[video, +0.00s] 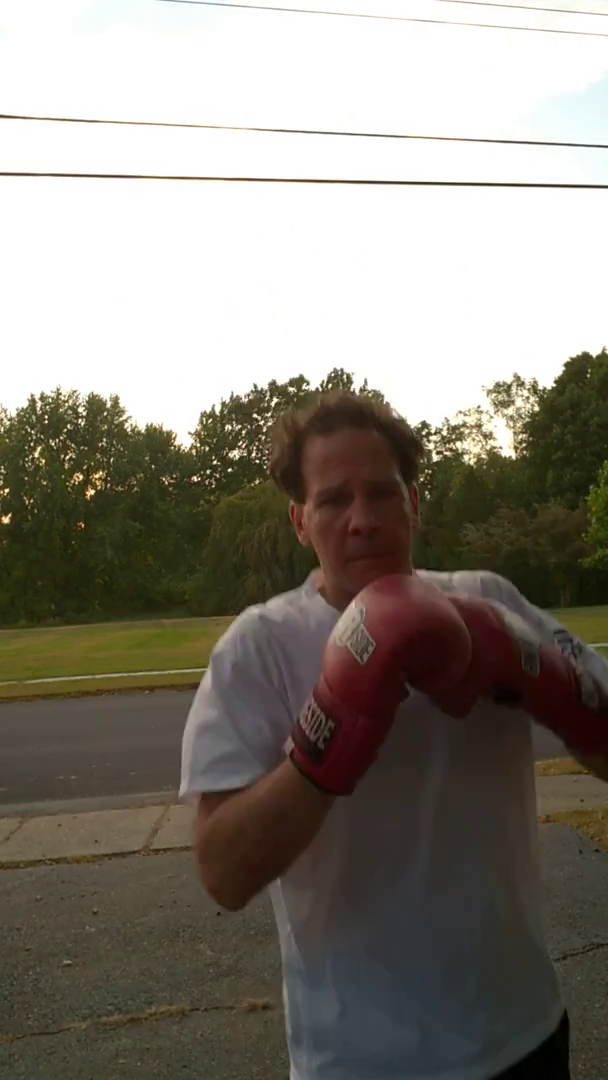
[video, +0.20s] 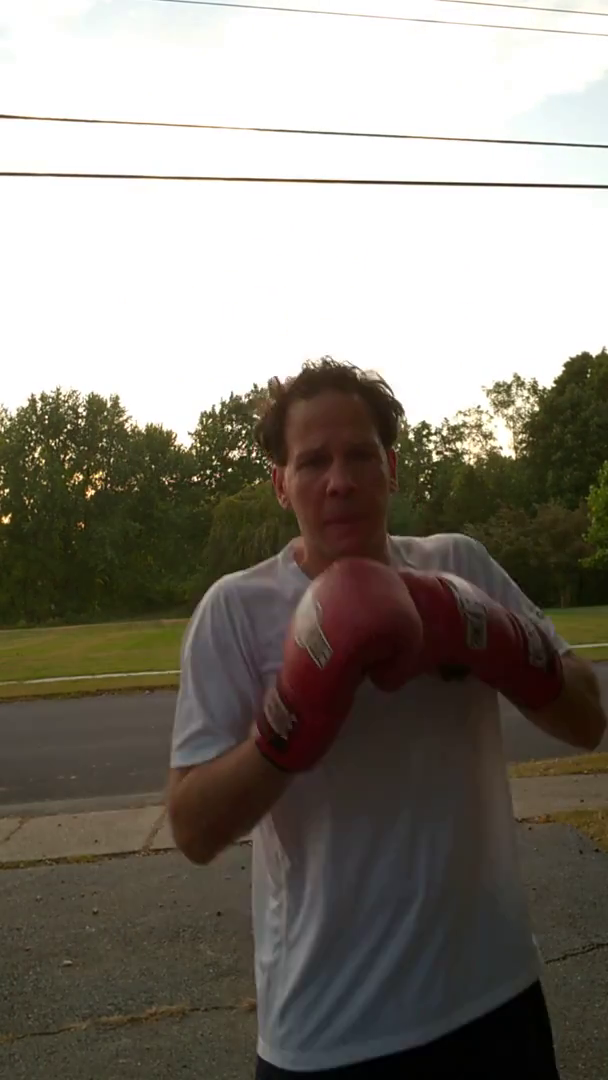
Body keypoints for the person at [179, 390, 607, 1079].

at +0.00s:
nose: (363, 520)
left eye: (382, 493)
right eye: (335, 500)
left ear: (414, 502)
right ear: (300, 522)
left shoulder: (489, 604)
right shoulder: (258, 647)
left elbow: (602, 736)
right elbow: (225, 874)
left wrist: (525, 669)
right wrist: (340, 719)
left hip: (514, 1018)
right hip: (355, 1042)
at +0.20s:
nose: (341, 481)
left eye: (360, 455)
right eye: (314, 462)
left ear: (391, 468)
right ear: (282, 484)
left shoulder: (461, 567)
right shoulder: (234, 612)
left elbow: (588, 724)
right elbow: (195, 831)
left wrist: (486, 638)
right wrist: (293, 713)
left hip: (487, 985)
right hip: (325, 1015)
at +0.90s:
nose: (310, 503)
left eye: (334, 475)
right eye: (282, 477)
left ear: (368, 488)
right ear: (241, 498)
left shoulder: (451, 618)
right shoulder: (182, 640)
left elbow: (542, 845)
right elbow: (117, 895)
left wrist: (437, 721)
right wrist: (191, 764)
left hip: (422, 1046)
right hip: (236, 1051)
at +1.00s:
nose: (348, 485)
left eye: (376, 457)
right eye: (321, 457)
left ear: (412, 475)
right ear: (281, 477)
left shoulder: (475, 608)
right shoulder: (221, 624)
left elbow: (594, 838)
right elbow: (135, 868)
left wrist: (520, 680)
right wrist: (167, 746)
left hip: (439, 1044)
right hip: (253, 1044)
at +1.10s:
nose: (366, 489)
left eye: (394, 460)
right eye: (341, 459)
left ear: (432, 476)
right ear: (300, 475)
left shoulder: (493, 631)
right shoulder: (234, 625)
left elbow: (602, 811)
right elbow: (99, 843)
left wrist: (563, 639)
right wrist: (139, 649)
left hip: (448, 1043)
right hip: (261, 1045)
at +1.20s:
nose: (329, 519)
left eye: (356, 488)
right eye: (303, 491)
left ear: (400, 493)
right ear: (272, 503)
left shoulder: (471, 621)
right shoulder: (243, 607)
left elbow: (597, 832)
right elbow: (130, 711)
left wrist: (525, 668)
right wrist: (129, 519)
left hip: (446, 1040)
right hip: (274, 1042)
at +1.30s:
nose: (269, 531)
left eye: (292, 505)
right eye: (245, 510)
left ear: (351, 509)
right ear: (214, 521)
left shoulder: (460, 629)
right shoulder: (235, 638)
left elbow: (568, 879)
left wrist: (475, 703)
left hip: (429, 1050)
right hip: (269, 1025)